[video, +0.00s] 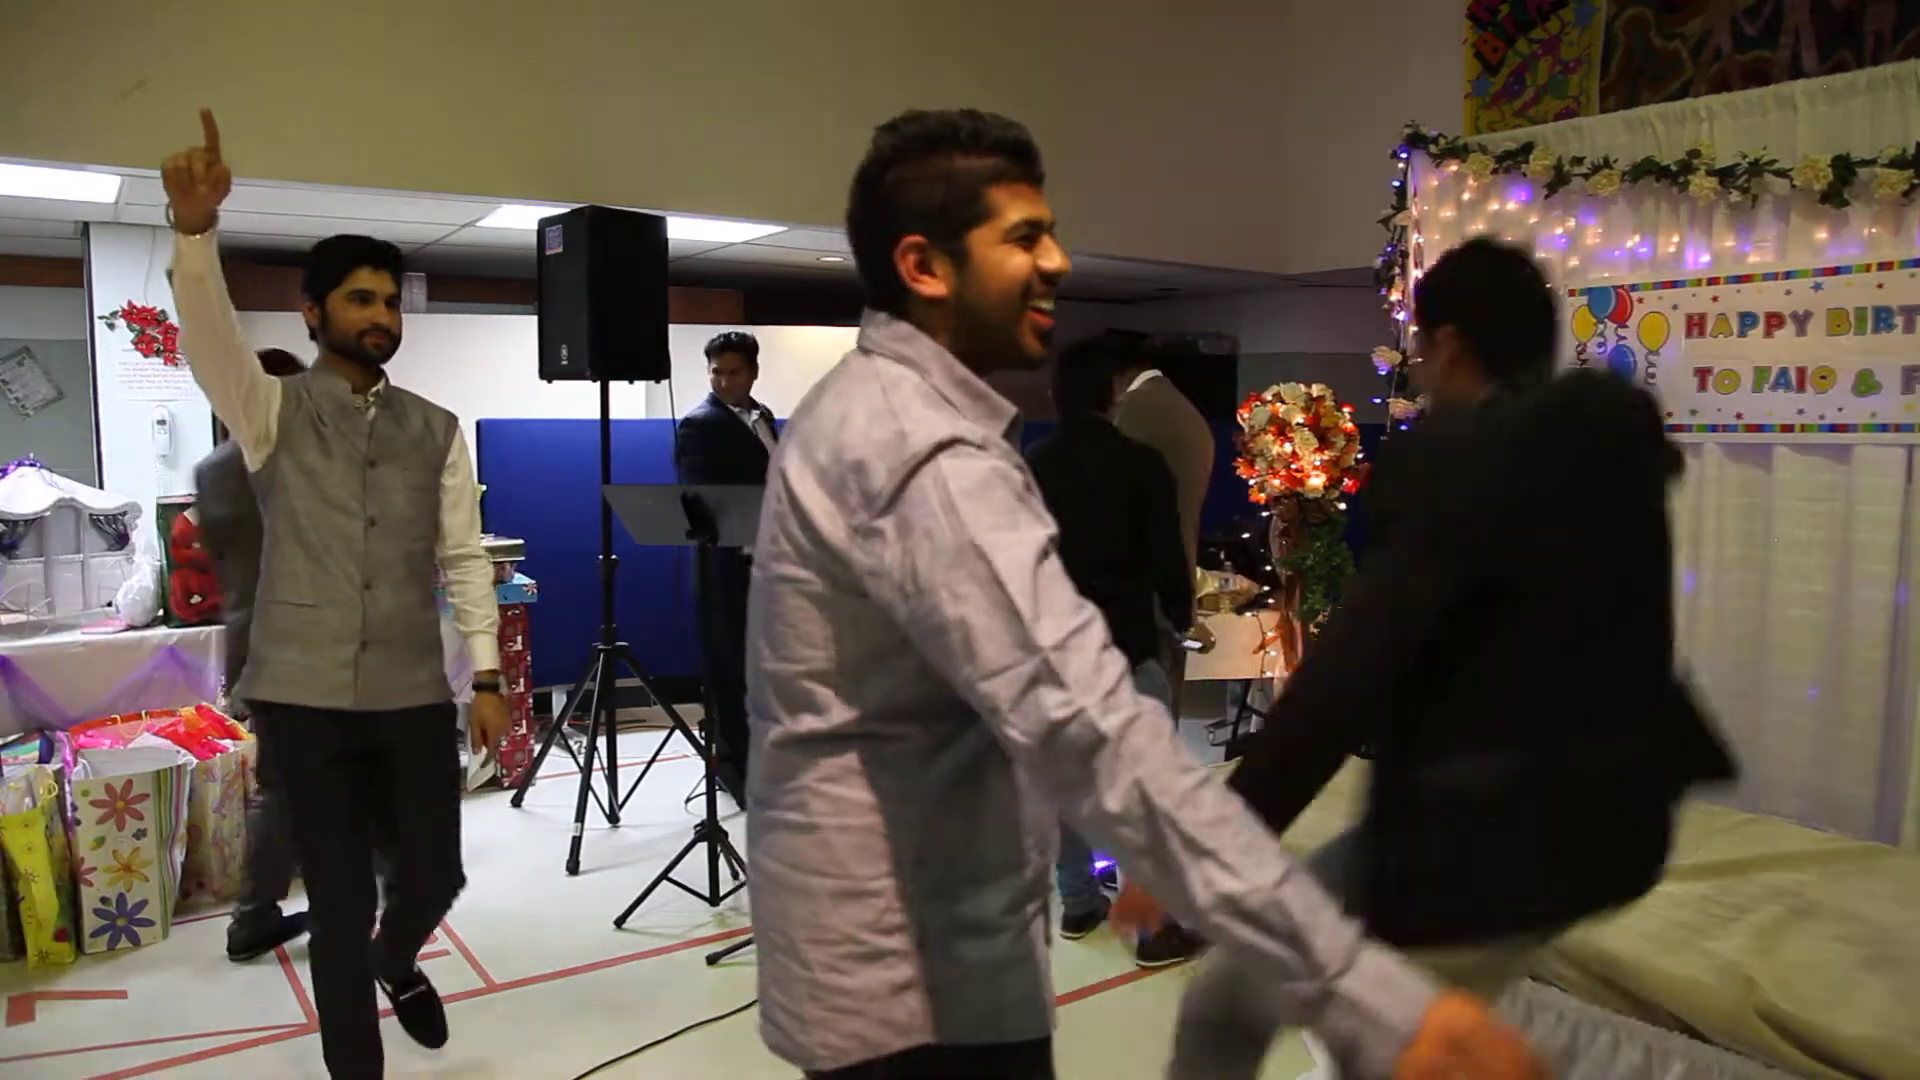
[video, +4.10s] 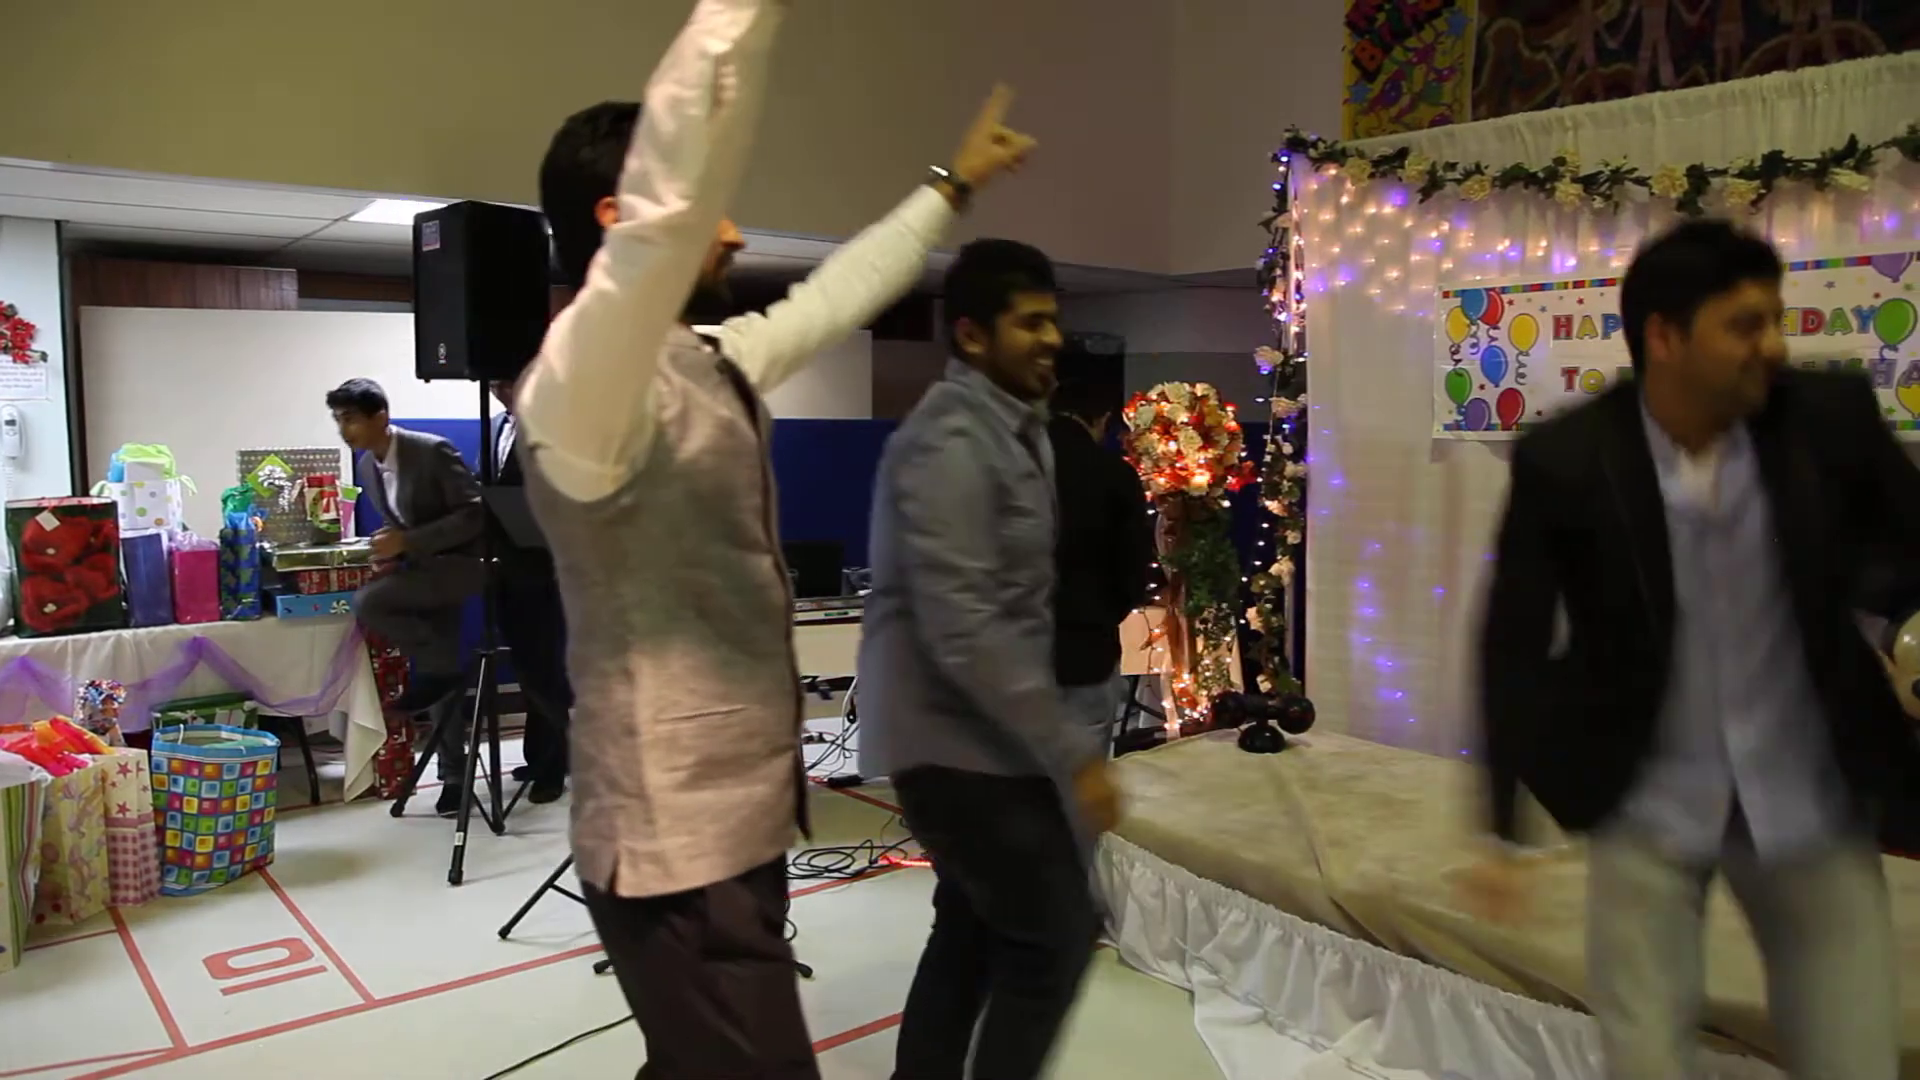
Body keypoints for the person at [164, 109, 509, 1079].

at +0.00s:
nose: (383, 316)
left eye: (393, 302)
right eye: (362, 298)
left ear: (404, 318)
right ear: (312, 312)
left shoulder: (437, 429)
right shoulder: (273, 409)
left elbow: (468, 559)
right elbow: (209, 336)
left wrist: (485, 676)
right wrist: (194, 229)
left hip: (413, 695)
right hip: (304, 695)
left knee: (436, 875)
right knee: (338, 905)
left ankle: (391, 961)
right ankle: (354, 1072)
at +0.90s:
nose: (504, 321)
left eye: (514, 305)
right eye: (481, 304)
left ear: (526, 320)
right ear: (428, 322)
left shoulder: (561, 443)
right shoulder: (395, 438)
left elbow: (594, 584)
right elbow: (339, 347)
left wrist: (628, 712)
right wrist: (334, 215)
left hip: (558, 740)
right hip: (446, 746)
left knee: (575, 961)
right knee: (503, 965)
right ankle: (418, 1051)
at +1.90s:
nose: (517, 267)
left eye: (525, 251)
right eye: (489, 248)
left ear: (537, 273)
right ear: (424, 269)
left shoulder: (577, 408)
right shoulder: (395, 396)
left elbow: (655, 524)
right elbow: (358, 274)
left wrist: (749, 632)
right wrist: (342, 89)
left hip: (570, 757)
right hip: (453, 763)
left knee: (538, 1027)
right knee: (480, 1039)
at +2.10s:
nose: (497, 255)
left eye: (504, 238)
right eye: (466, 236)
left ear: (511, 260)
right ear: (401, 257)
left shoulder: (533, 394)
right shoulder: (367, 389)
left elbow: (636, 451)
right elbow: (349, 256)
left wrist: (746, 486)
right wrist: (353, 70)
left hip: (547, 780)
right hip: (430, 794)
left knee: (580, 1035)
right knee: (492, 1060)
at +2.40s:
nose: (495, 268)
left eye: (501, 251)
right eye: (468, 246)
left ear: (510, 271)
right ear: (404, 268)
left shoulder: (503, 406)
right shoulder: (367, 419)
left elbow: (599, 384)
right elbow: (402, 265)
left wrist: (698, 310)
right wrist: (443, 49)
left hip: (541, 822)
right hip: (442, 846)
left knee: (640, 1052)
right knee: (511, 1075)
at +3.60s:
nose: (616, 262)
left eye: (608, 238)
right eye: (589, 239)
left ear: (582, 252)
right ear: (513, 256)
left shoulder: (587, 384)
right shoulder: (461, 418)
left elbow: (692, 322)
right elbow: (500, 249)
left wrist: (790, 207)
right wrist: (563, 29)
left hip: (635, 820)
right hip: (563, 849)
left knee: (686, 1063)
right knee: (661, 1070)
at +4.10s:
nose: (731, 218)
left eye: (723, 196)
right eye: (698, 201)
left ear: (688, 221)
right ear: (621, 217)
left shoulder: (717, 361)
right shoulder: (581, 396)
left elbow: (837, 297)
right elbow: (664, 197)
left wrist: (954, 187)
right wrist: (737, 1)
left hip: (739, 827)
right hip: (668, 850)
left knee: (709, 1065)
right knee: (757, 1069)